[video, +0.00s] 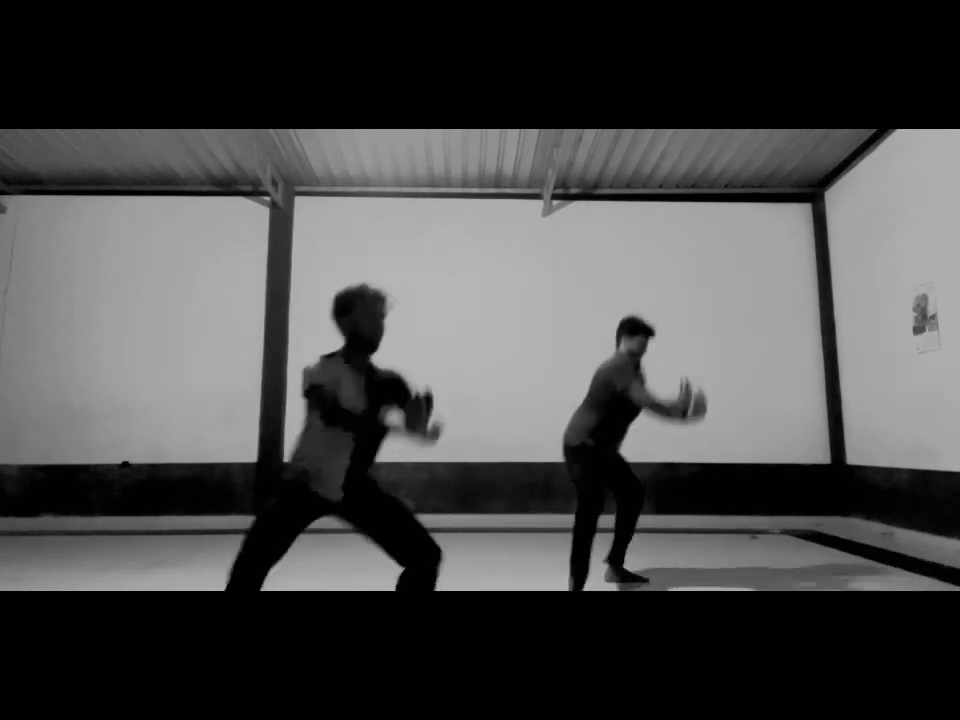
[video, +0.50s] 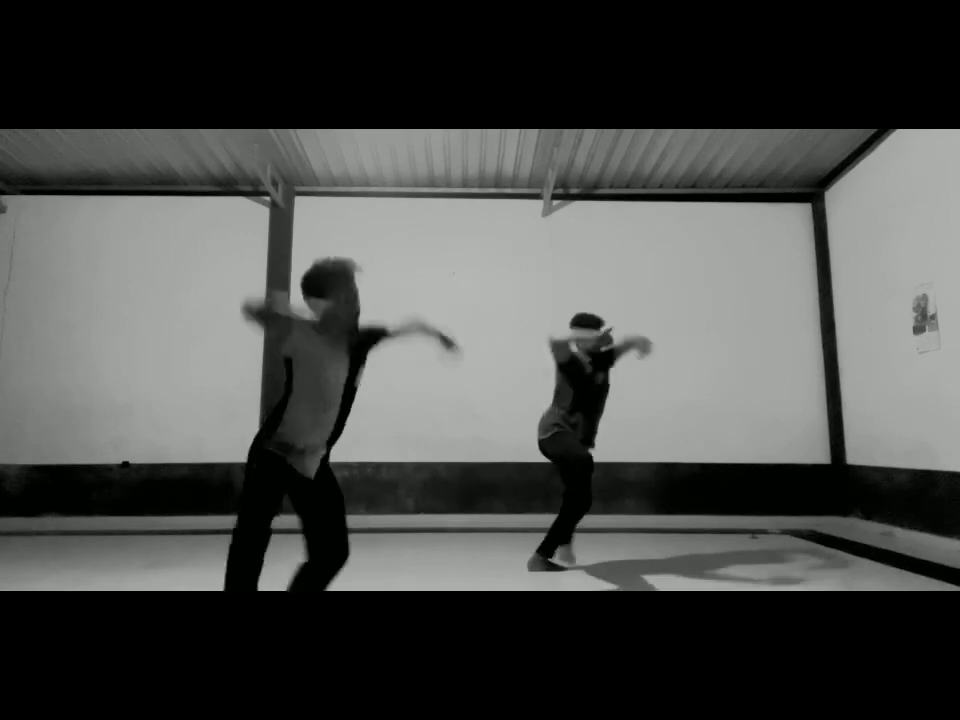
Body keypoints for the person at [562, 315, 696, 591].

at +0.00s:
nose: (641, 348)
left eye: (644, 342)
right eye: (636, 341)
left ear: (646, 344)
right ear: (622, 340)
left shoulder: (633, 370)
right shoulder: (617, 367)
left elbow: (648, 404)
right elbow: (643, 401)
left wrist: (682, 412)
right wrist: (678, 408)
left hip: (604, 449)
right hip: (583, 448)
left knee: (632, 495)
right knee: (589, 507)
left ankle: (615, 565)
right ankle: (576, 582)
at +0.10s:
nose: (636, 355)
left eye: (637, 350)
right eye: (632, 349)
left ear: (620, 350)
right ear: (615, 348)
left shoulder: (612, 377)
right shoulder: (611, 379)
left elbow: (635, 415)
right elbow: (638, 421)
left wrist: (662, 424)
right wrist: (672, 436)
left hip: (586, 452)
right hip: (576, 453)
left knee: (625, 496)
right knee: (601, 506)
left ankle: (615, 569)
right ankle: (579, 584)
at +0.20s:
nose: (624, 344)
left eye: (626, 338)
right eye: (620, 337)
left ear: (614, 339)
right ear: (604, 336)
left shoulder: (601, 363)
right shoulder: (601, 361)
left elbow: (625, 399)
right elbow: (630, 394)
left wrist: (654, 411)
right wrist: (653, 407)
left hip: (577, 443)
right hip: (573, 443)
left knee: (605, 492)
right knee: (599, 496)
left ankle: (601, 559)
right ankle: (586, 578)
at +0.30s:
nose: (614, 335)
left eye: (616, 329)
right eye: (609, 329)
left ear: (608, 330)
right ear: (594, 328)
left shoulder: (604, 351)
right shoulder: (586, 347)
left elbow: (622, 360)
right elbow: (617, 350)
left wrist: (634, 379)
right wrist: (638, 372)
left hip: (580, 434)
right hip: (566, 434)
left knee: (589, 495)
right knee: (583, 499)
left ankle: (554, 550)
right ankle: (581, 578)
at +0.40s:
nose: (608, 332)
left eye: (607, 328)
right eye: (605, 328)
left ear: (589, 325)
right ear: (595, 325)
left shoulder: (598, 354)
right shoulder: (581, 343)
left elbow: (619, 341)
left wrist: (625, 345)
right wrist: (621, 342)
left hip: (573, 433)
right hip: (563, 430)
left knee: (571, 501)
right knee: (577, 496)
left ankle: (538, 556)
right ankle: (571, 559)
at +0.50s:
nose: (598, 341)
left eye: (598, 337)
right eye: (592, 337)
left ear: (600, 339)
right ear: (580, 340)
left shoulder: (603, 360)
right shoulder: (570, 362)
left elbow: (626, 346)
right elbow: (557, 345)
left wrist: (639, 344)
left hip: (579, 440)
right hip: (555, 432)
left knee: (579, 499)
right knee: (582, 464)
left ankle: (541, 557)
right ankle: (565, 541)